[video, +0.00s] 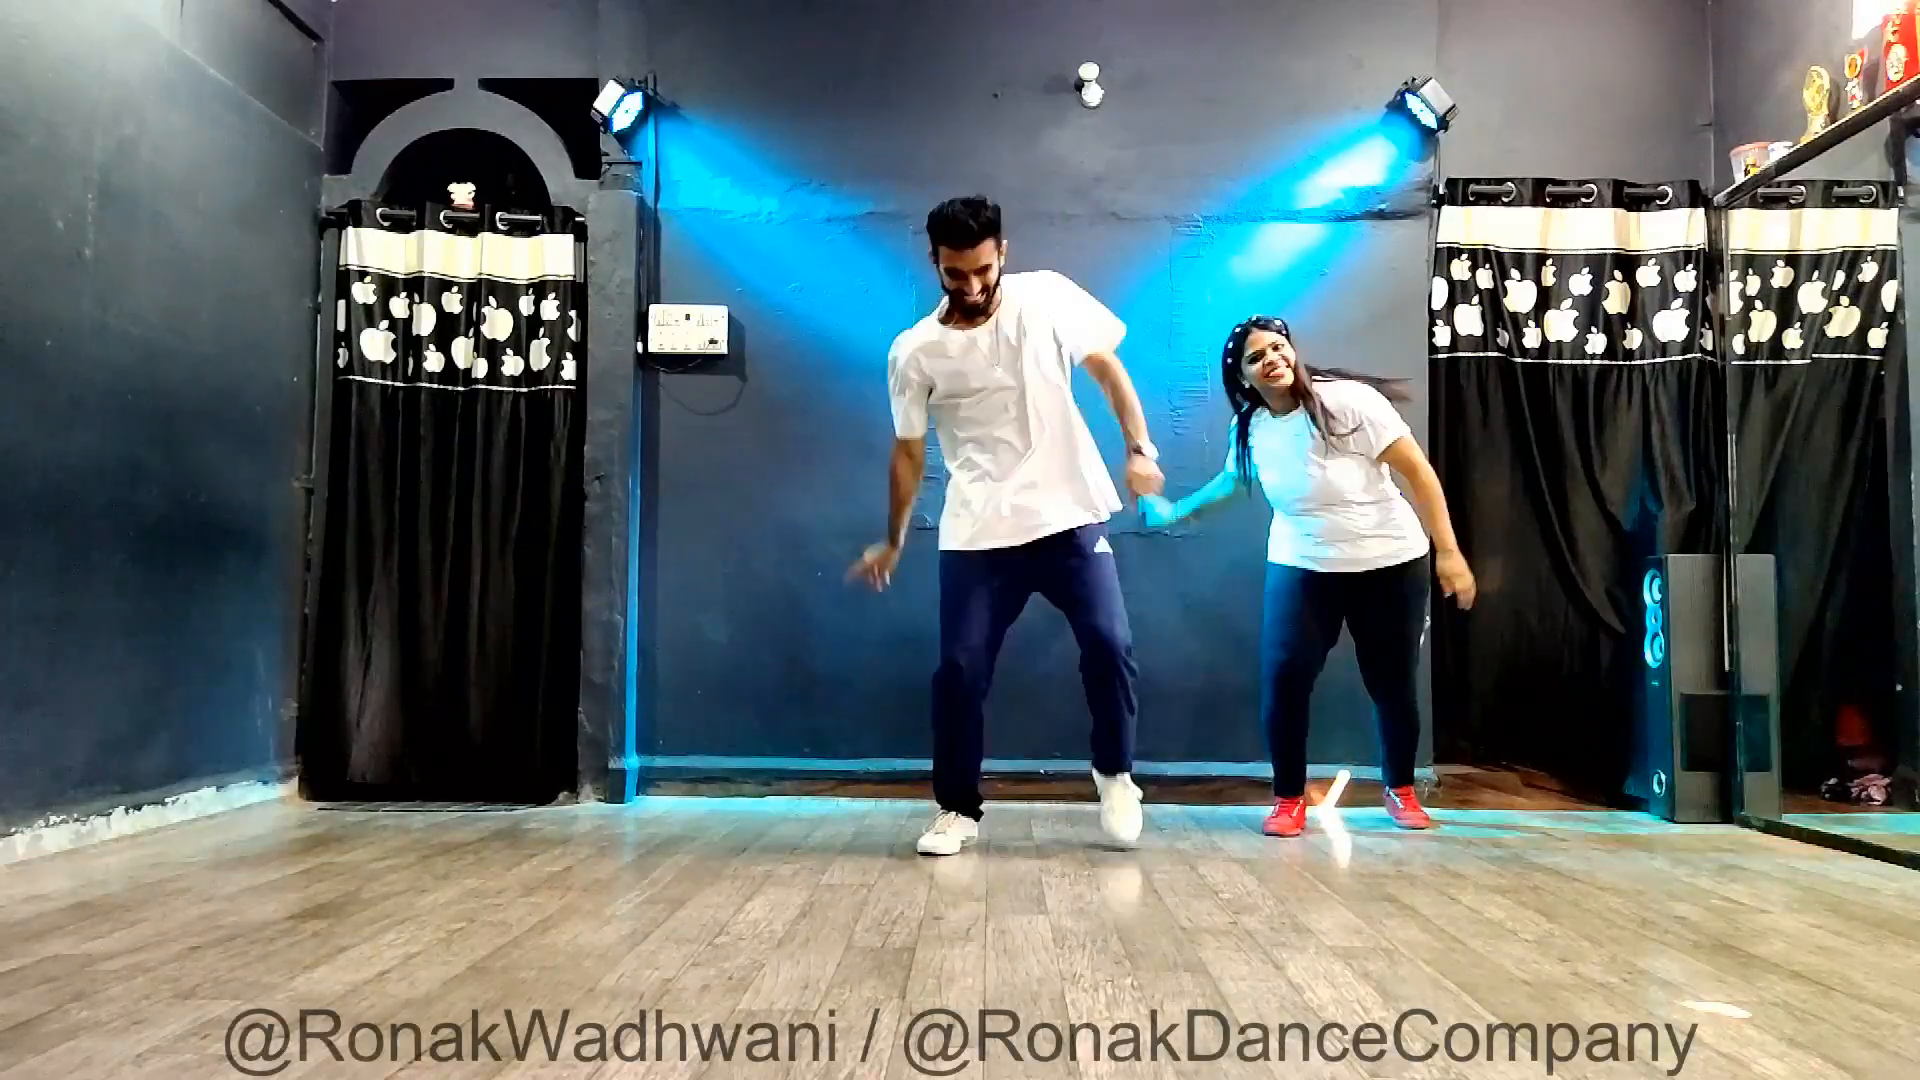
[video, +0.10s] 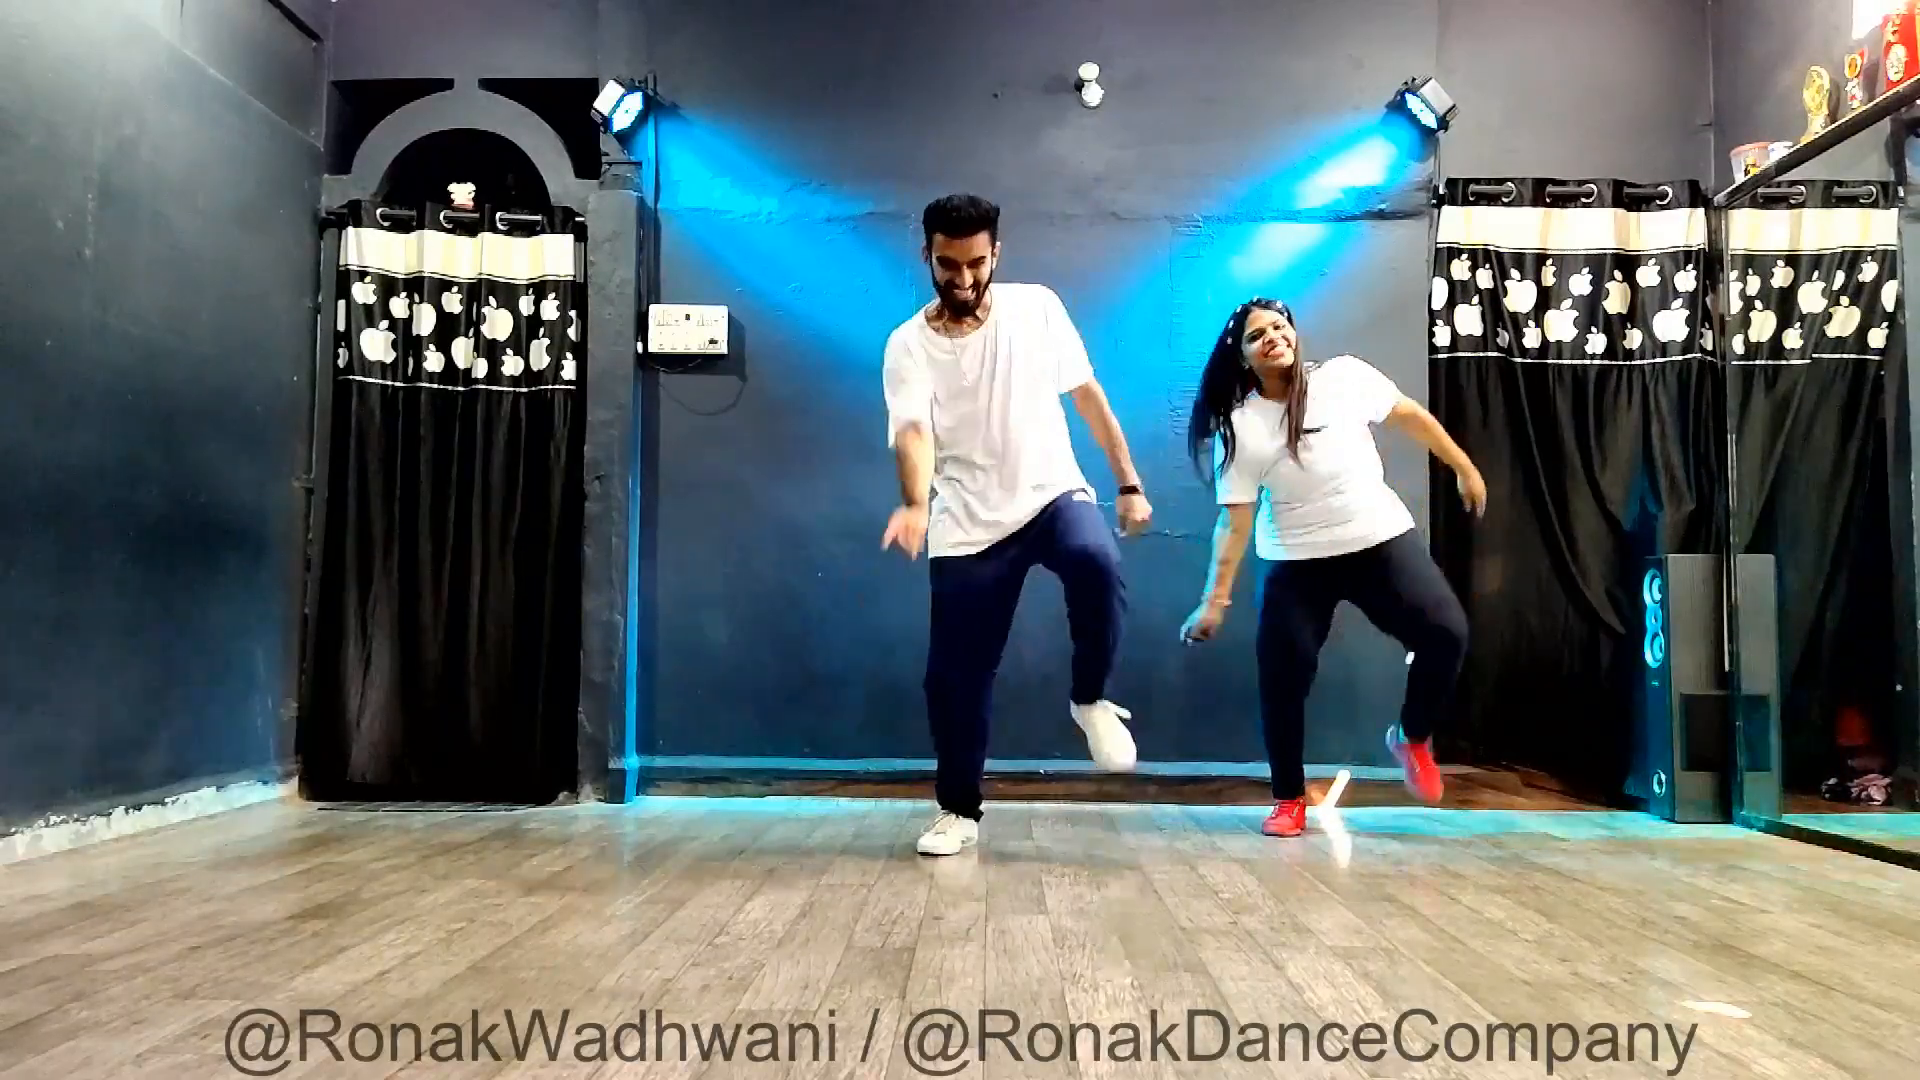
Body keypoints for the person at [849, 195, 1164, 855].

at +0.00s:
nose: (972, 287)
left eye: (983, 270)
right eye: (956, 274)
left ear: (1002, 253)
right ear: (935, 263)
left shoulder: (1044, 297)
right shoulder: (914, 352)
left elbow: (1109, 369)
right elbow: (908, 452)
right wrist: (893, 542)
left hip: (1068, 514)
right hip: (977, 530)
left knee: (1111, 643)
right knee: (959, 669)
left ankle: (1115, 775)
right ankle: (957, 812)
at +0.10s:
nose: (963, 279)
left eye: (975, 265)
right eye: (949, 265)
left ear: (995, 255)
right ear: (929, 258)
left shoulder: (1036, 308)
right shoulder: (908, 344)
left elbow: (1086, 395)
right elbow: (913, 430)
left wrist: (1129, 483)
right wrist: (915, 503)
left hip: (1053, 495)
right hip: (967, 519)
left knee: (1094, 558)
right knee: (955, 674)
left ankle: (1092, 701)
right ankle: (959, 812)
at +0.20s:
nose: (970, 227)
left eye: (983, 214)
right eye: (957, 214)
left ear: (1002, 214)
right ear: (935, 216)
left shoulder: (1040, 278)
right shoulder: (912, 289)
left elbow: (1072, 374)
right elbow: (916, 349)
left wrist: (1092, 455)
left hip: (1042, 462)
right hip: (966, 486)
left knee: (1089, 483)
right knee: (968, 658)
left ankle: (1068, 643)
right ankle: (961, 804)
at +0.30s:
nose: (989, 170)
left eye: (1003, 159)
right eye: (976, 158)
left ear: (1022, 173)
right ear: (956, 170)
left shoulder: (1047, 249)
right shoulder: (926, 249)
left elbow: (1058, 346)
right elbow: (934, 274)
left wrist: (1074, 428)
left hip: (1037, 440)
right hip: (961, 454)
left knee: (1092, 433)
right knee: (953, 630)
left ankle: (1038, 583)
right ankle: (966, 776)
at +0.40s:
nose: (998, 169)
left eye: (1010, 159)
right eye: (986, 158)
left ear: (1030, 173)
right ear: (966, 170)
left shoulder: (1054, 261)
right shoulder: (936, 252)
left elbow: (1053, 353)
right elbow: (940, 253)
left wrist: (1043, 420)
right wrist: (963, 188)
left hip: (1039, 441)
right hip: (960, 458)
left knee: (1095, 455)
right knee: (957, 639)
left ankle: (1029, 595)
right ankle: (950, 806)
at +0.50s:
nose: (1016, 193)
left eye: (1030, 184)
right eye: (1003, 184)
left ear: (1045, 205)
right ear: (982, 200)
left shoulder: (1065, 283)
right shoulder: (953, 269)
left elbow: (1068, 389)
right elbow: (942, 225)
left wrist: (1059, 467)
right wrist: (1002, 151)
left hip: (1042, 477)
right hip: (959, 488)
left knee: (1098, 531)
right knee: (953, 664)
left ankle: (1041, 713)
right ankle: (947, 819)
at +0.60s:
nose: (1030, 194)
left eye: (1045, 183)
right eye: (1017, 183)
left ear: (1066, 197)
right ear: (996, 194)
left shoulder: (1089, 281)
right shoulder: (967, 236)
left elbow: (1087, 394)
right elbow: (932, 272)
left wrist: (1079, 477)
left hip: (1058, 485)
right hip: (964, 482)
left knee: (1092, 611)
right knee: (947, 656)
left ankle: (1081, 812)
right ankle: (939, 806)